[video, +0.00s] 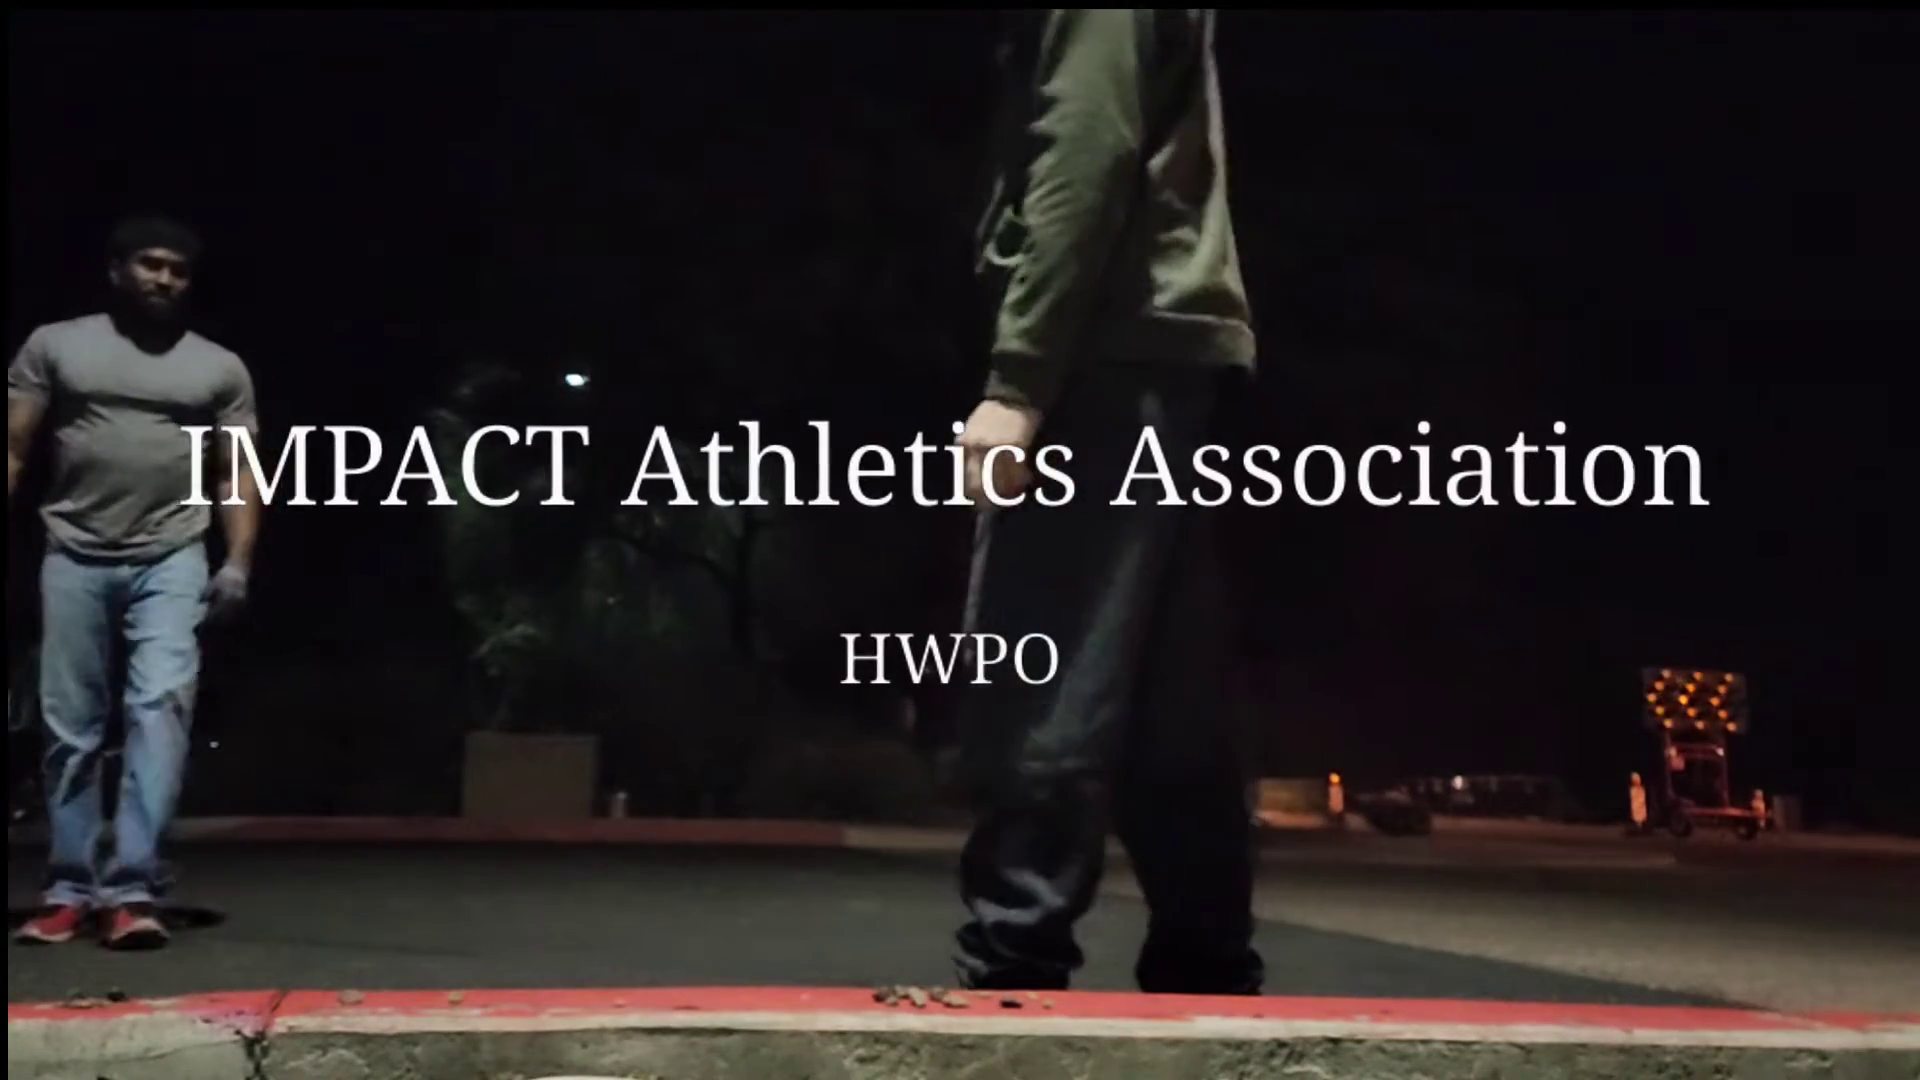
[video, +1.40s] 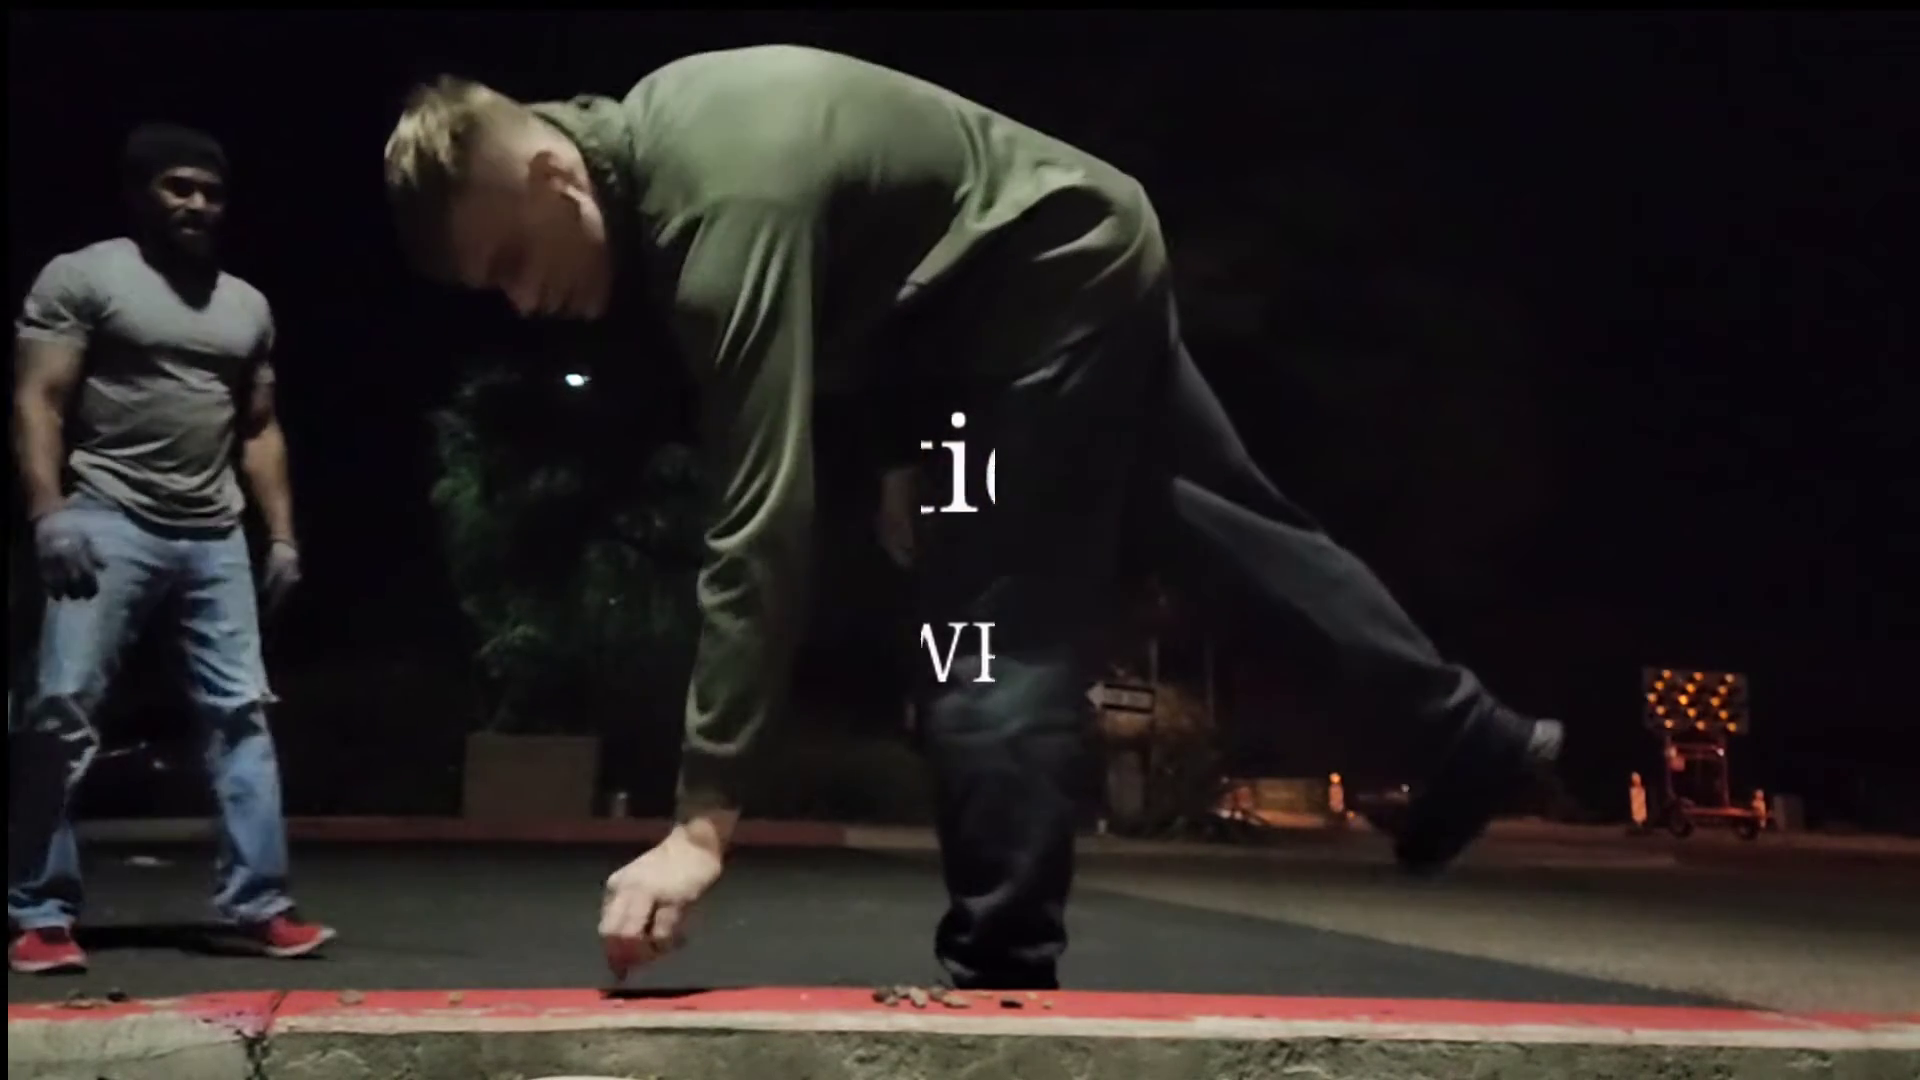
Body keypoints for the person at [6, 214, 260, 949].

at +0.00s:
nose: (162, 281)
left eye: (175, 270)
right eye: (148, 266)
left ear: (191, 282)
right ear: (116, 271)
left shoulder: (222, 372)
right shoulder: (55, 349)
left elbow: (242, 478)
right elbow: (14, 453)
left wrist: (238, 559)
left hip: (173, 560)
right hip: (74, 558)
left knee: (159, 705)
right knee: (71, 725)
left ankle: (131, 891)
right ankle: (70, 890)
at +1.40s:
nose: (198, 206)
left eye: (211, 193)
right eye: (180, 189)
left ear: (226, 205)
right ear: (143, 195)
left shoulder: (246, 307)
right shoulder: (83, 279)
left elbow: (260, 425)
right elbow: (40, 399)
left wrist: (281, 532)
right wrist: (49, 511)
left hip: (215, 529)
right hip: (107, 518)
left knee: (243, 709)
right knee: (65, 707)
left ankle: (258, 903)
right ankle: (40, 911)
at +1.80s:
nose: (296, 221)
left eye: (309, 210)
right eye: (280, 204)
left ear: (320, 224)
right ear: (239, 209)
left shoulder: (340, 323)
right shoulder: (178, 290)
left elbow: (360, 435)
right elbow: (141, 412)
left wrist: (388, 528)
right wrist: (155, 527)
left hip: (305, 539)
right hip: (204, 525)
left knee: (291, 716)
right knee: (134, 711)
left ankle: (265, 907)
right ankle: (54, 908)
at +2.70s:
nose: (368, 244)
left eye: (382, 234)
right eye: (354, 226)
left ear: (392, 245)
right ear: (315, 222)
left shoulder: (392, 340)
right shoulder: (240, 290)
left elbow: (417, 449)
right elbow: (181, 385)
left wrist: (488, 516)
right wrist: (177, 437)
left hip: (325, 544)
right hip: (233, 527)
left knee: (303, 716)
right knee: (200, 705)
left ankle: (264, 905)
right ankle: (168, 909)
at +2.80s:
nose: (361, 250)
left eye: (373, 238)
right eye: (347, 232)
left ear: (384, 243)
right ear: (304, 224)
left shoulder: (384, 333)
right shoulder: (231, 288)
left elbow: (382, 440)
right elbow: (201, 400)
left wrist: (449, 492)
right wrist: (264, 450)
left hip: (322, 544)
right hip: (229, 533)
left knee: (301, 717)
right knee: (195, 712)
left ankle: (269, 907)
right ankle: (167, 913)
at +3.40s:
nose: (325, 319)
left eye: (338, 304)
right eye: (313, 300)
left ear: (347, 304)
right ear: (280, 290)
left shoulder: (351, 365)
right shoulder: (193, 325)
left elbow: (330, 480)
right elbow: (155, 448)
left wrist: (357, 500)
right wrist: (222, 504)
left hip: (263, 538)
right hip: (161, 530)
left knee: (268, 719)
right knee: (150, 717)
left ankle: (266, 905)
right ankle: (162, 912)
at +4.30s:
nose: (440, 363)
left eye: (451, 350)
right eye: (430, 345)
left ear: (461, 347)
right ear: (396, 331)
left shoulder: (461, 402)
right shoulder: (307, 352)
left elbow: (441, 512)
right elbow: (267, 477)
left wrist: (407, 535)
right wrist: (347, 531)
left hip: (361, 549)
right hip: (260, 530)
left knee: (362, 716)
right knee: (222, 696)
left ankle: (341, 916)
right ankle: (169, 913)